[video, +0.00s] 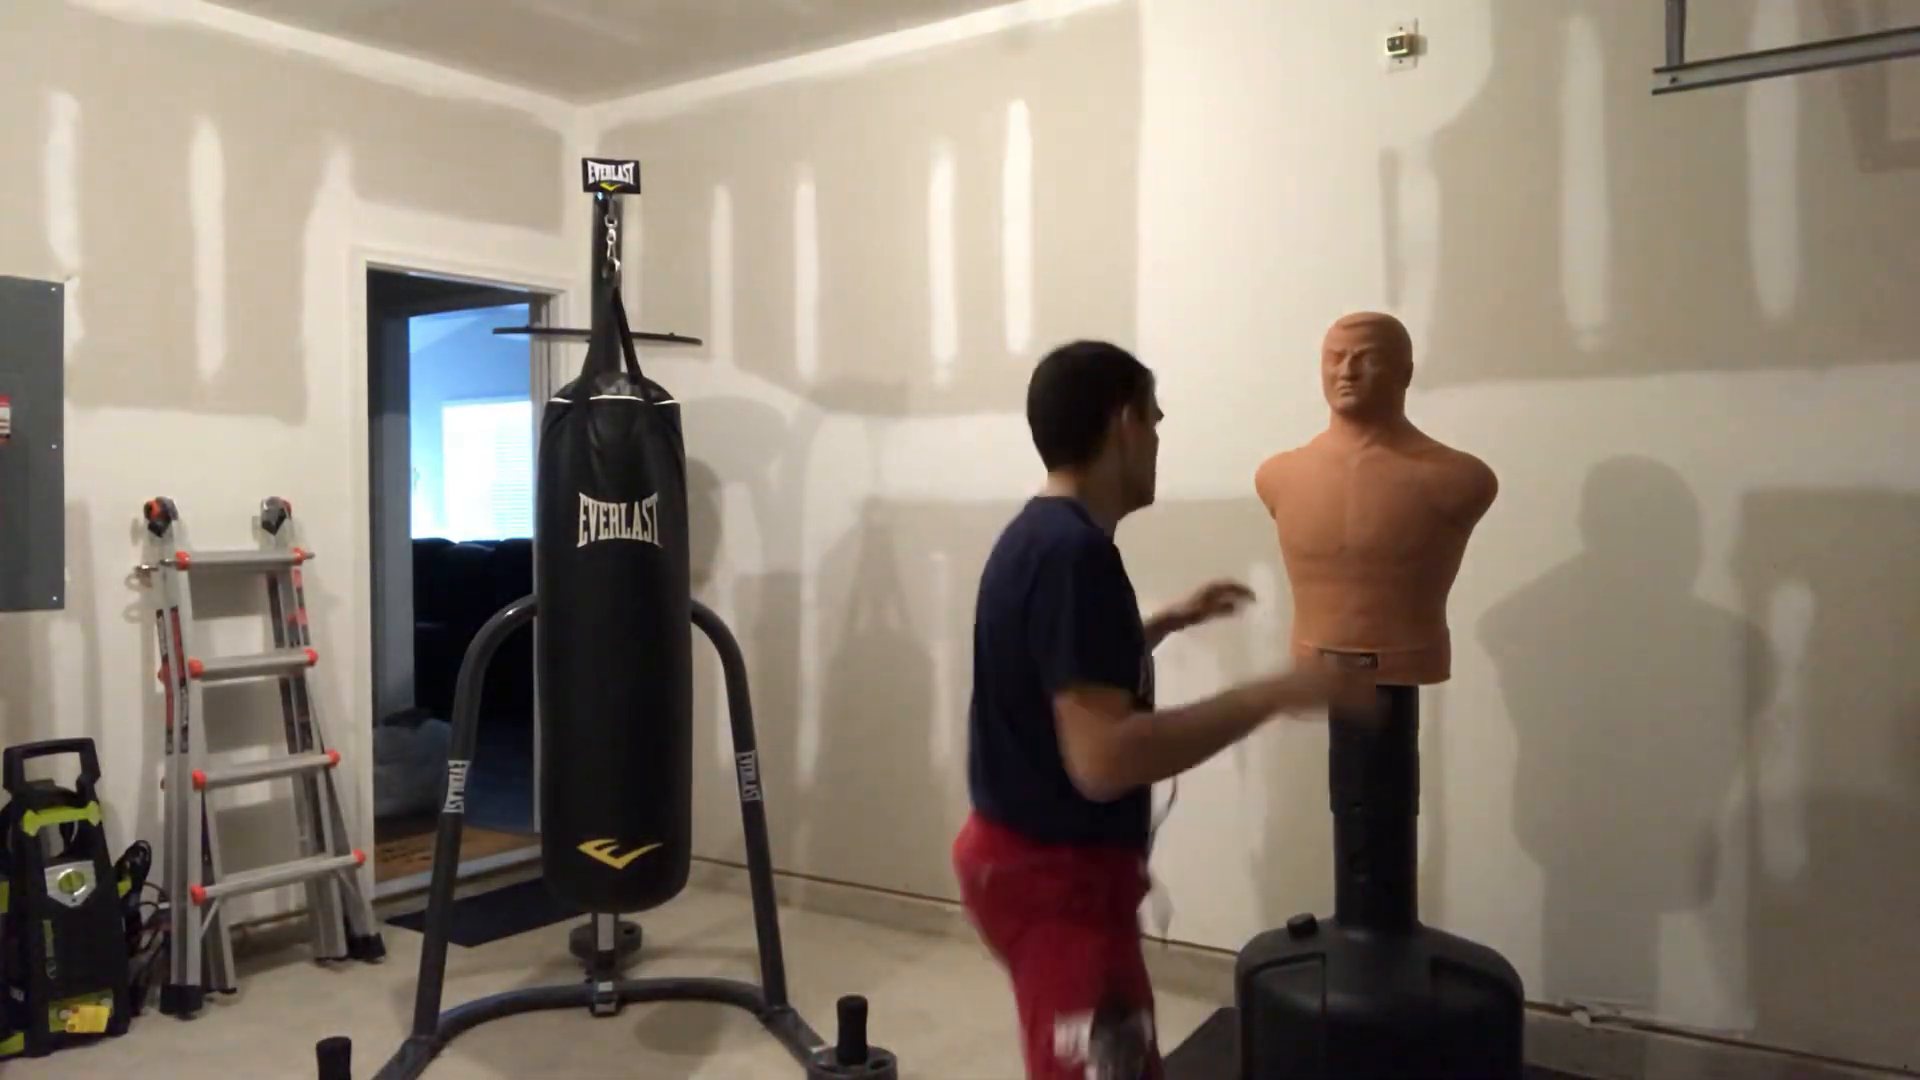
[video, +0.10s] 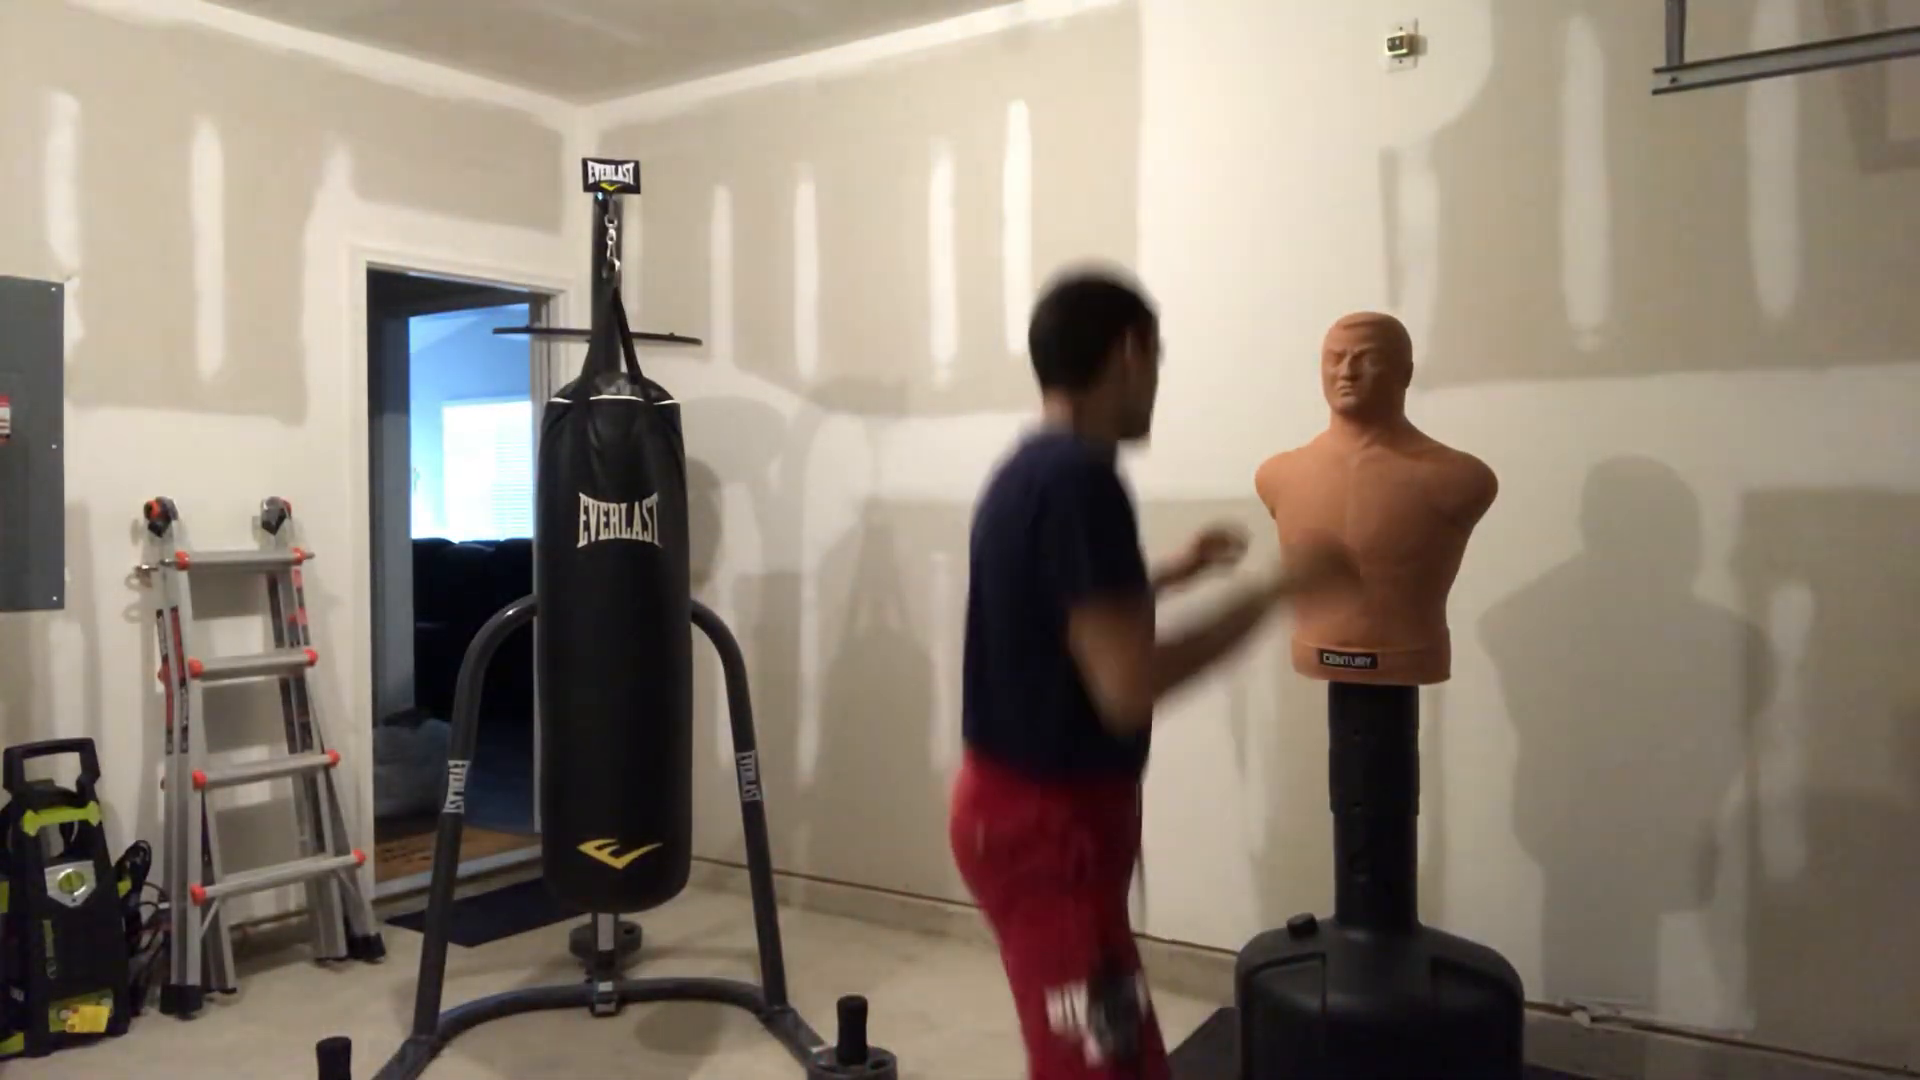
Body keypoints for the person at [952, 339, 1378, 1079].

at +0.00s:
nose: (1157, 445)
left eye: (1155, 423)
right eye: (1152, 422)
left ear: (1058, 435)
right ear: (1120, 425)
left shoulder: (1033, 537)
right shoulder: (1075, 550)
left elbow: (1063, 681)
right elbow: (1103, 757)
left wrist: (1168, 621)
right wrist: (1278, 693)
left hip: (1022, 850)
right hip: (1060, 868)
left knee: (1106, 1057)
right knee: (1102, 1063)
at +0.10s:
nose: (1156, 379)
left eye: (1156, 357)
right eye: (1154, 356)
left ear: (1051, 361)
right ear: (1126, 354)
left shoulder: (1030, 470)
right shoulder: (1078, 479)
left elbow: (1056, 612)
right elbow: (1128, 685)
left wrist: (1169, 572)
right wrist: (1269, 593)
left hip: (1020, 806)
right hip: (1052, 819)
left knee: (1088, 1052)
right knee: (1101, 1058)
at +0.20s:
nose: (1153, 331)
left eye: (1153, 308)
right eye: (1151, 307)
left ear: (1047, 306)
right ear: (1119, 303)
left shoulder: (1017, 401)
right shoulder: (1084, 404)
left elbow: (1073, 566)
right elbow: (1173, 593)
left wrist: (1182, 492)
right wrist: (1260, 501)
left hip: (1008, 737)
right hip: (1047, 750)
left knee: (1057, 1030)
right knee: (1083, 1039)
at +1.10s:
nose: (1148, 380)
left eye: (1144, 363)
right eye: (1144, 362)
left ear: (1032, 372)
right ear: (1127, 367)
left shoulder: (979, 489)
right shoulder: (1152, 486)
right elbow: (1304, 568)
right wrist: (1280, 461)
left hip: (980, 809)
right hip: (1069, 828)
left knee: (1106, 1041)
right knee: (1055, 1053)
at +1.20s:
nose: (1116, 382)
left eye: (1111, 369)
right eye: (1110, 370)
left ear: (1008, 389)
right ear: (1098, 378)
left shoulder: (966, 515)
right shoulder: (1148, 481)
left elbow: (940, 693)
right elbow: (1271, 475)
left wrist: (1018, 622)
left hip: (1021, 809)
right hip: (1121, 812)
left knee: (1065, 1031)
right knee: (1121, 1040)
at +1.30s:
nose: (1083, 381)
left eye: (1075, 366)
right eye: (1078, 367)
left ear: (977, 396)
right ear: (1068, 379)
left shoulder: (949, 535)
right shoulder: (1136, 456)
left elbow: (947, 730)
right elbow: (1225, 381)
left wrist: (977, 645)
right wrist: (1161, 295)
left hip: (1057, 798)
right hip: (1166, 784)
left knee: (1118, 1033)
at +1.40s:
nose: (1053, 379)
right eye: (1050, 368)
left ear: (951, 393)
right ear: (1046, 380)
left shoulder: (930, 537)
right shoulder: (1114, 437)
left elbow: (865, 702)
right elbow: (1241, 352)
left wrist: (847, 601)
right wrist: (1258, 286)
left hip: (1102, 801)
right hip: (1219, 751)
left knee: (1138, 1047)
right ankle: (1422, 1062)